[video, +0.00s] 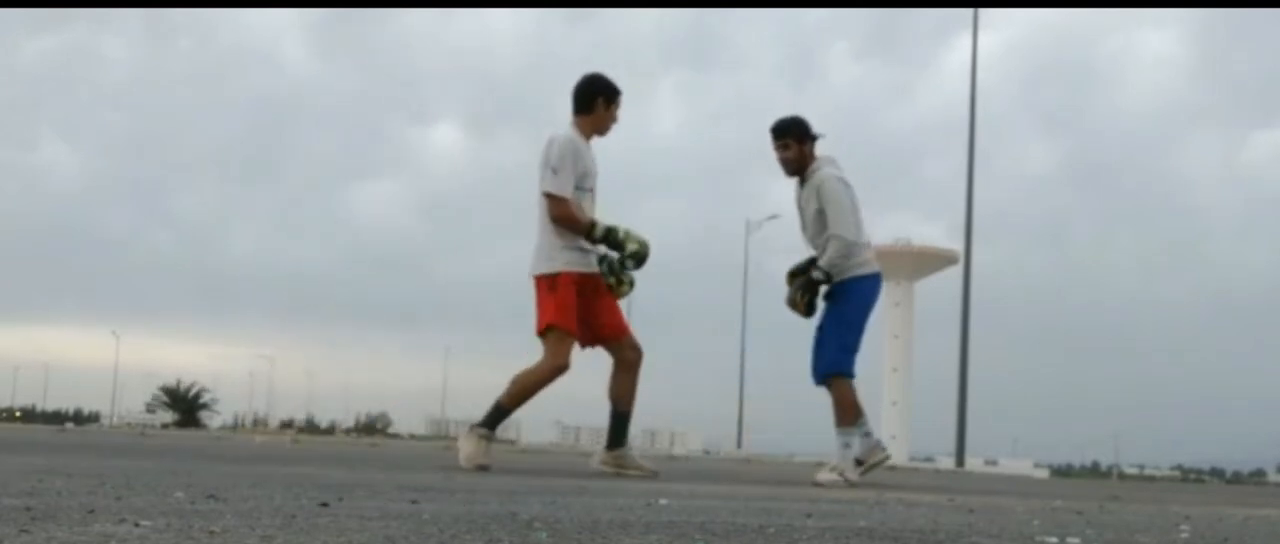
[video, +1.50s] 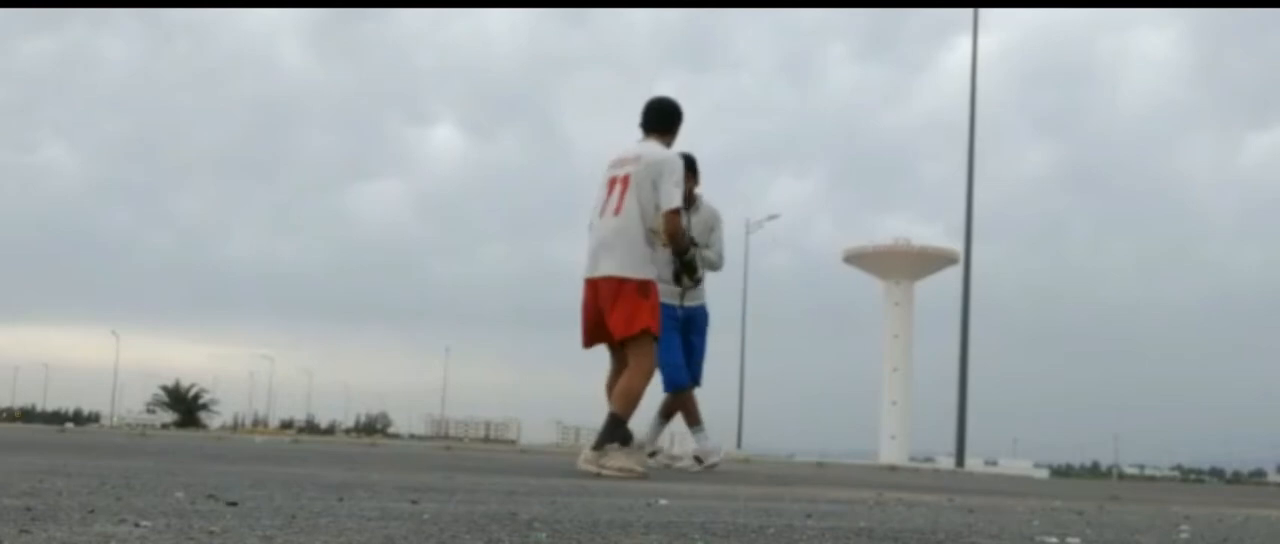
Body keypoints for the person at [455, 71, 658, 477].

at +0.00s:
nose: (615, 118)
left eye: (616, 110)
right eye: (613, 109)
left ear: (592, 107)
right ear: (597, 106)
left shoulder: (585, 153)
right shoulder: (564, 144)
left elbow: (577, 220)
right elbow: (559, 212)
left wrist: (607, 265)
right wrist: (611, 235)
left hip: (587, 272)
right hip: (558, 268)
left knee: (629, 353)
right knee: (556, 360)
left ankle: (616, 450)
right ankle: (480, 433)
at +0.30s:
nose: (638, 132)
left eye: (639, 124)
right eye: (636, 123)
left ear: (612, 120)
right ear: (622, 119)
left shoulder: (606, 165)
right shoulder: (587, 156)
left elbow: (597, 231)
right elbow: (587, 224)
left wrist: (630, 277)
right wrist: (626, 265)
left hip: (604, 286)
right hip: (576, 281)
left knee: (652, 360)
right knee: (582, 365)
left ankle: (620, 450)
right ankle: (512, 441)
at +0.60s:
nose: (636, 104)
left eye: (636, 95)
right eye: (635, 95)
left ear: (603, 89)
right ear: (623, 91)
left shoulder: (597, 126)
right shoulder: (595, 119)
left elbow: (582, 188)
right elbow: (576, 180)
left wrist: (611, 241)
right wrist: (607, 235)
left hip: (591, 248)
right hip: (573, 244)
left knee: (618, 343)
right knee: (579, 341)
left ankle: (593, 442)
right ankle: (521, 435)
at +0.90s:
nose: (639, 97)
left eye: (639, 90)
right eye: (640, 89)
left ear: (603, 85)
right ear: (634, 87)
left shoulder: (587, 120)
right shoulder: (613, 114)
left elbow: (559, 189)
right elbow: (599, 170)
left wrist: (577, 232)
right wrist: (623, 214)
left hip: (585, 243)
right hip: (588, 243)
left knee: (626, 337)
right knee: (588, 337)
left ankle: (601, 432)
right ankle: (534, 434)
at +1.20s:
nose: (657, 110)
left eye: (655, 103)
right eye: (658, 103)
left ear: (622, 99)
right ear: (653, 102)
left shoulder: (602, 139)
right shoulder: (636, 136)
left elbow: (579, 201)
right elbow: (623, 193)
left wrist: (591, 242)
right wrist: (653, 225)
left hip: (595, 256)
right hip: (615, 256)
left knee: (626, 349)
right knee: (622, 347)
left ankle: (603, 442)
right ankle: (562, 427)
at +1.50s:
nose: (676, 136)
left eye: (673, 130)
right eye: (677, 130)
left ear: (643, 125)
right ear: (675, 129)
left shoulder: (618, 161)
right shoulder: (666, 160)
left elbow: (607, 217)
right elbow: (671, 222)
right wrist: (685, 256)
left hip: (599, 269)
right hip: (632, 270)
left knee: (621, 360)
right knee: (643, 361)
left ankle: (619, 443)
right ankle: (603, 447)